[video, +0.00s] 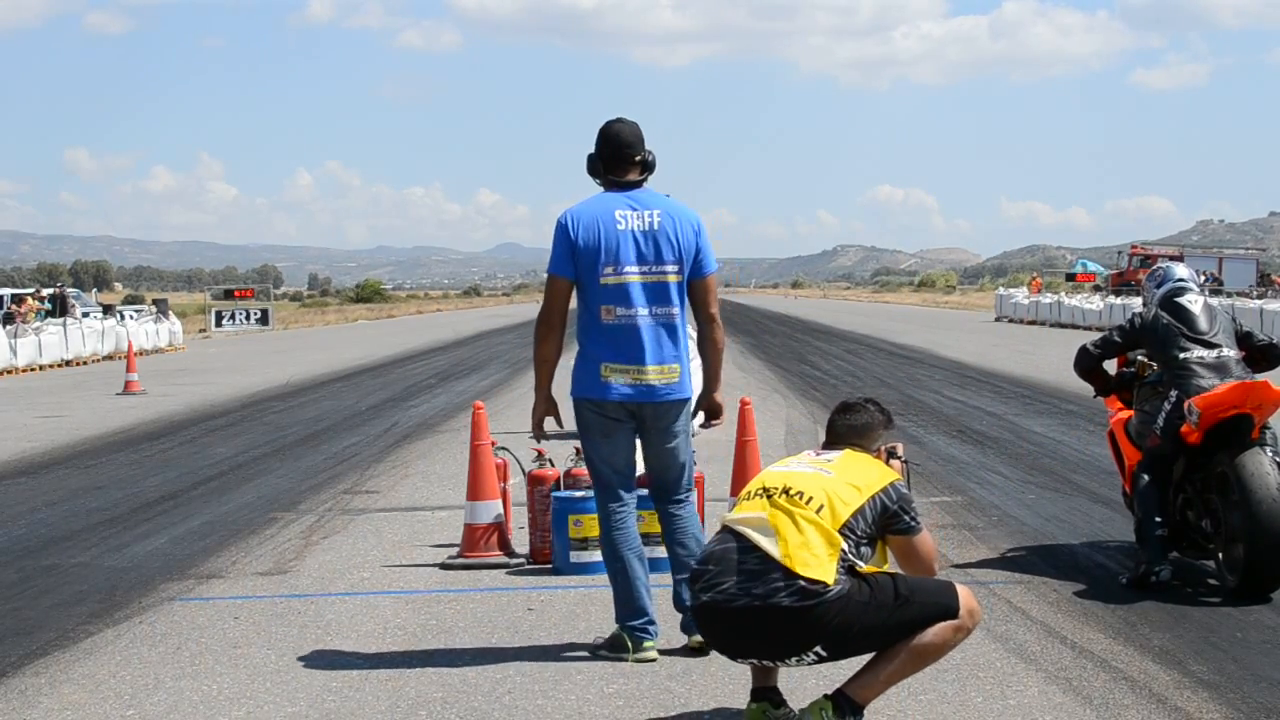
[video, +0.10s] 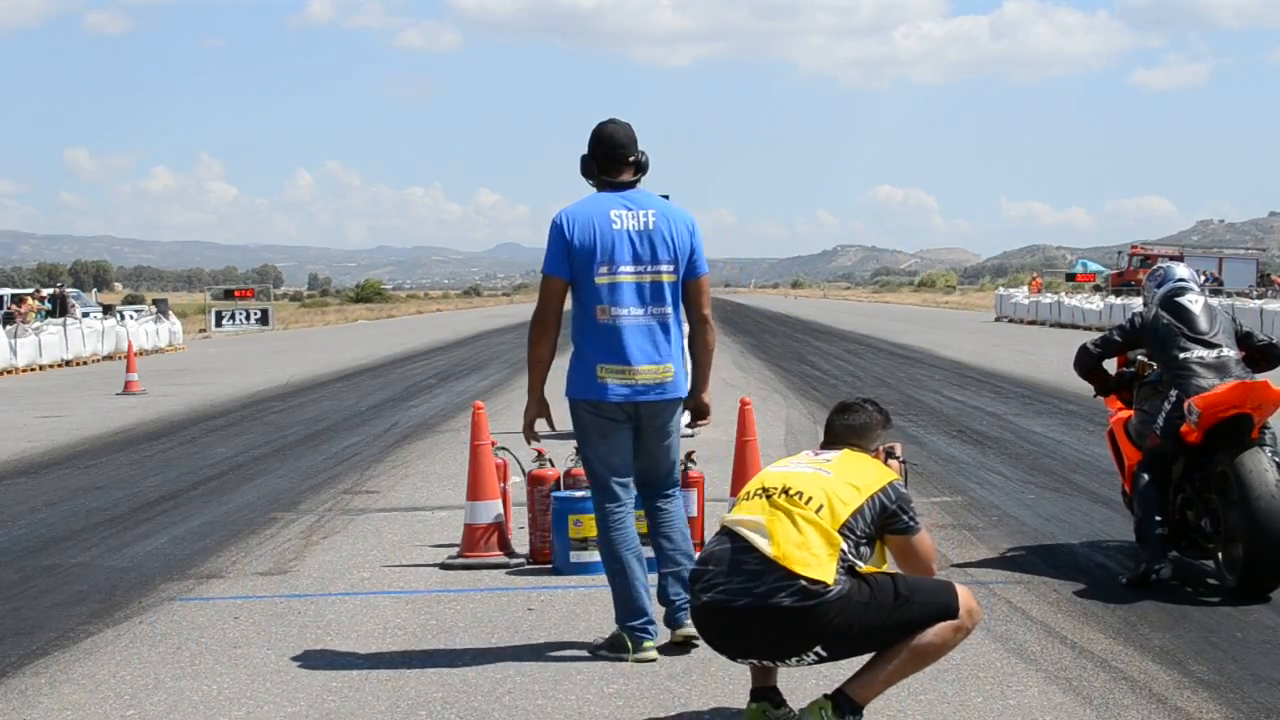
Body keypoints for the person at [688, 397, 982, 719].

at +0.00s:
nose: (892, 455)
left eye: (891, 447)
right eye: (891, 447)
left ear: (824, 442)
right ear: (880, 451)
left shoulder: (784, 463)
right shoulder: (883, 482)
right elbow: (925, 571)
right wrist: (899, 488)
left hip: (715, 614)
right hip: (801, 617)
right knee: (964, 608)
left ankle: (764, 697)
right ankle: (841, 707)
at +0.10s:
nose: (891, 454)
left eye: (890, 447)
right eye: (889, 447)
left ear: (823, 443)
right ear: (878, 451)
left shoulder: (782, 464)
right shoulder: (882, 481)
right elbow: (924, 572)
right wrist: (897, 488)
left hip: (715, 615)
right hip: (801, 617)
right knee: (963, 608)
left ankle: (764, 696)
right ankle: (840, 707)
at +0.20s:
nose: (890, 455)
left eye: (889, 448)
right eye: (889, 448)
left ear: (821, 443)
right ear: (878, 451)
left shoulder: (782, 464)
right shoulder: (880, 482)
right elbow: (922, 571)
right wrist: (895, 488)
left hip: (714, 616)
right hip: (801, 618)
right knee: (963, 607)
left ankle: (764, 697)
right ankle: (840, 707)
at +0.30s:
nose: (887, 452)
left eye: (885, 447)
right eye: (885, 446)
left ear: (820, 442)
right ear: (875, 450)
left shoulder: (781, 464)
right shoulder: (879, 481)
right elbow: (920, 570)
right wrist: (894, 488)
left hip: (714, 617)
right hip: (802, 618)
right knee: (962, 607)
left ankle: (763, 696)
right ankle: (840, 706)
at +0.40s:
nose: (888, 453)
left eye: (886, 447)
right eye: (886, 446)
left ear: (820, 443)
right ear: (876, 450)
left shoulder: (780, 464)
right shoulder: (879, 482)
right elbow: (920, 570)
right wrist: (893, 487)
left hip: (714, 616)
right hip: (802, 618)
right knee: (962, 606)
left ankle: (763, 695)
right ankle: (841, 705)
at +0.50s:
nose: (886, 451)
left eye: (884, 446)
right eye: (884, 444)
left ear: (819, 443)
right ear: (873, 449)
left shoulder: (780, 464)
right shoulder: (879, 481)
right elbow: (920, 570)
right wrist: (893, 487)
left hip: (714, 616)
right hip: (802, 618)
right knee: (962, 607)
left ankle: (764, 695)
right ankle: (841, 705)